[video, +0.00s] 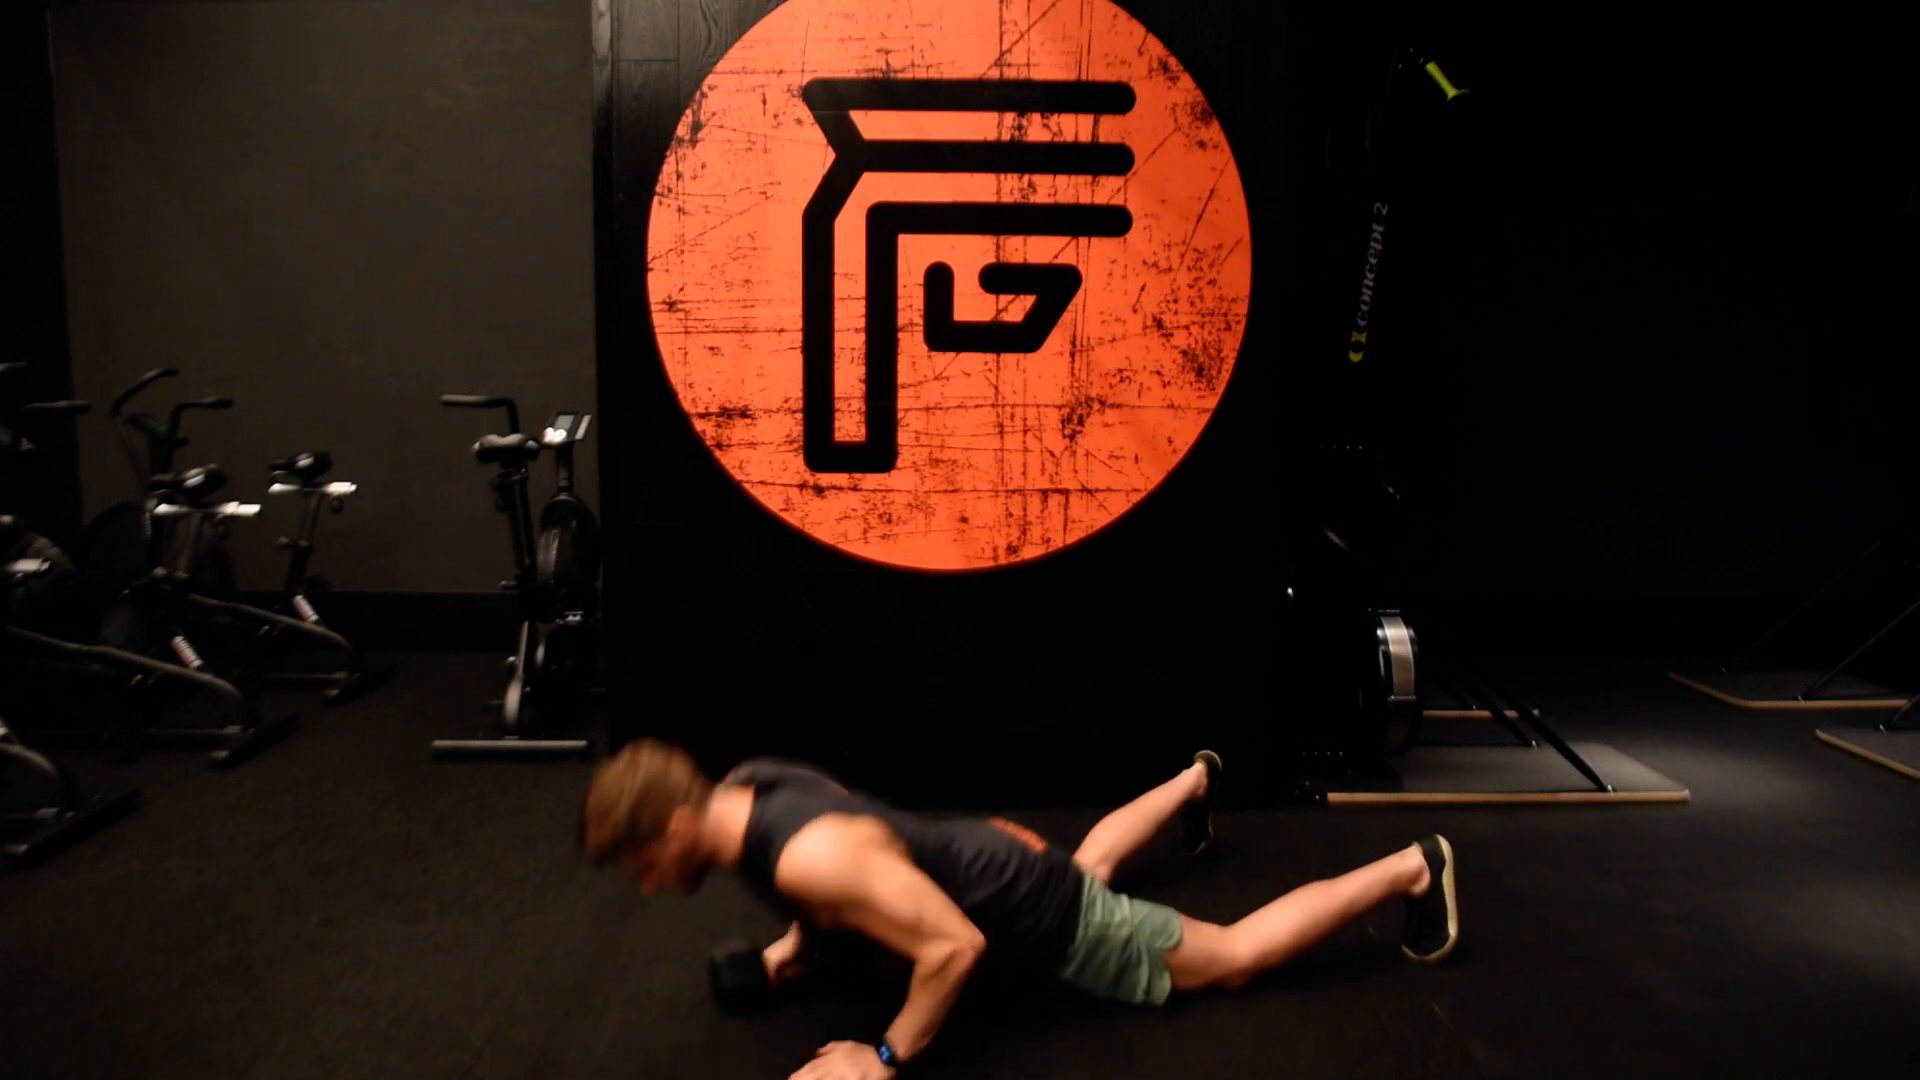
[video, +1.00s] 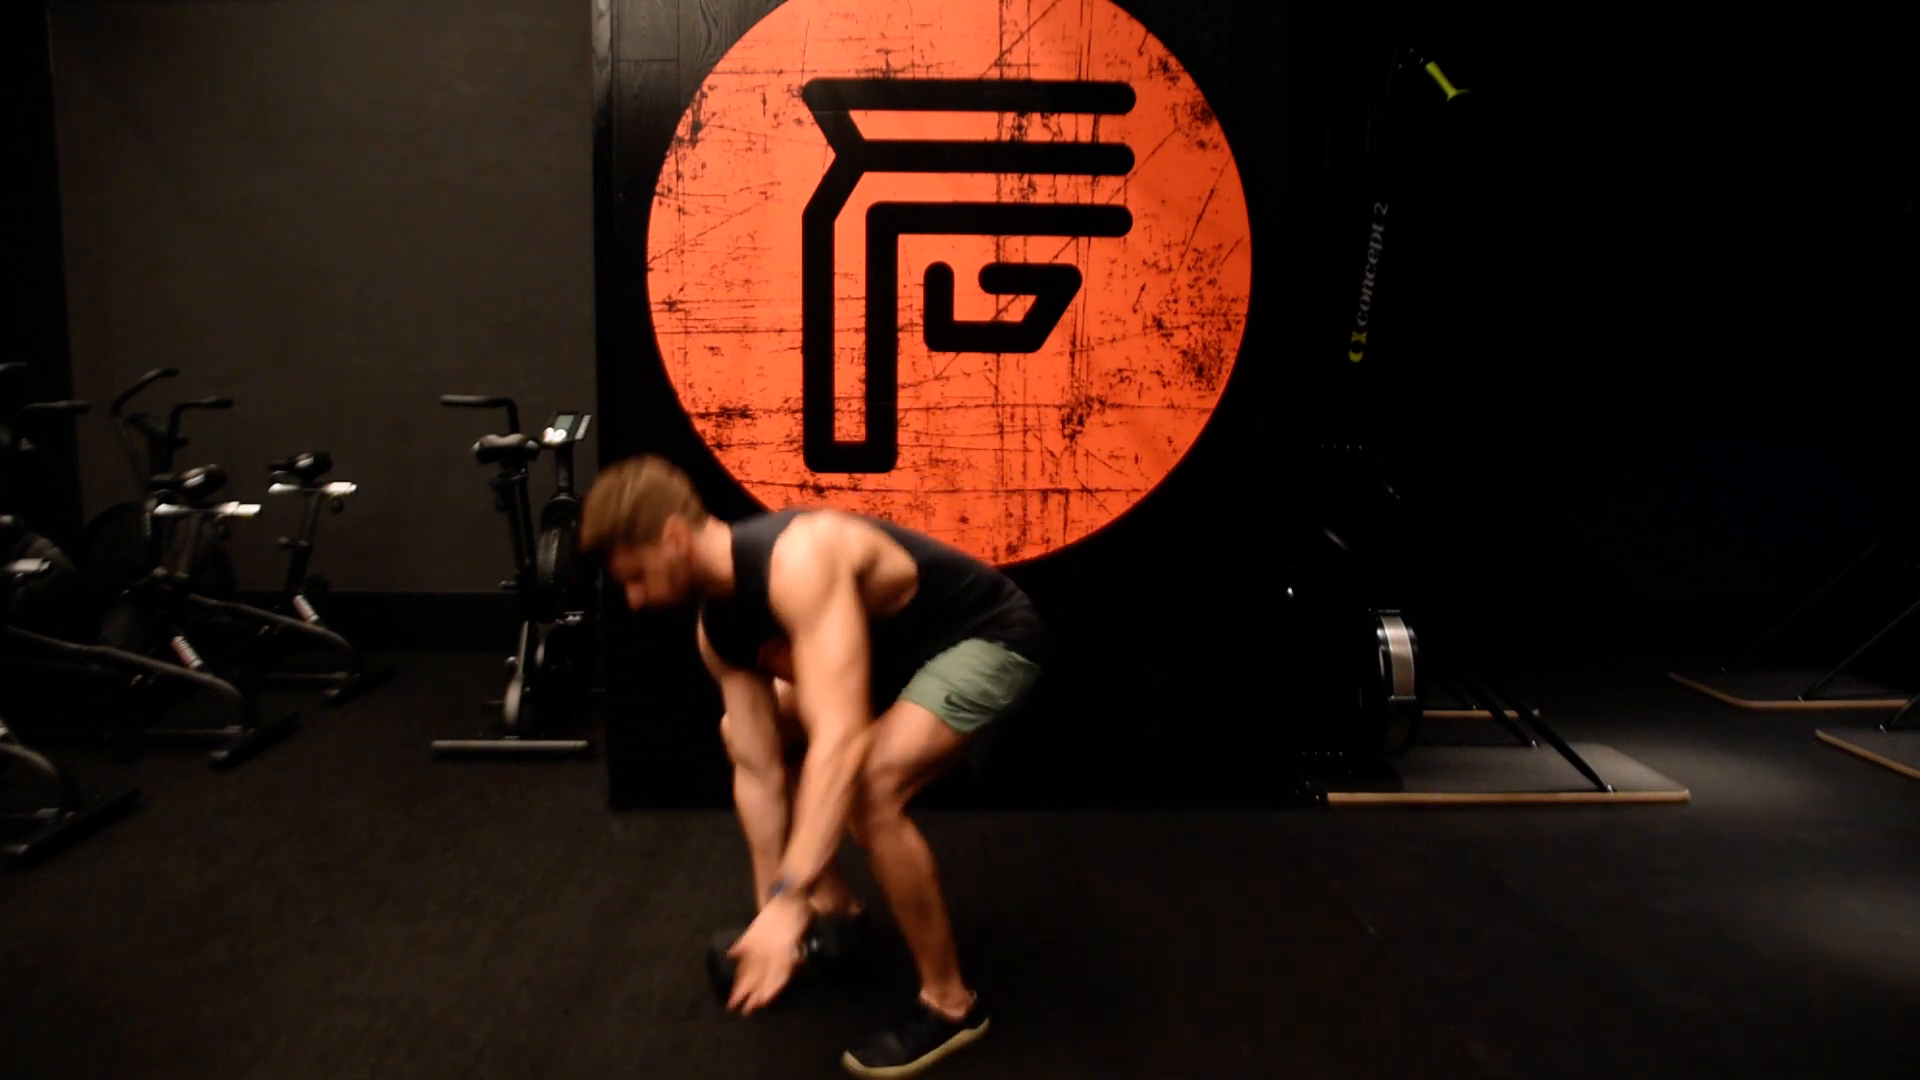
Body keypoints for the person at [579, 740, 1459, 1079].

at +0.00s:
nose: (637, 880)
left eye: (634, 865)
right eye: (626, 869)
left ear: (666, 835)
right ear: (676, 801)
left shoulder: (811, 864)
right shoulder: (745, 786)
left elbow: (953, 945)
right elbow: (838, 847)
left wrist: (885, 1054)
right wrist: (800, 935)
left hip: (1040, 911)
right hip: (986, 856)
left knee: (1228, 953)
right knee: (1080, 872)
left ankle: (1410, 866)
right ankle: (1191, 778)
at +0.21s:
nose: (695, 772)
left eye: (693, 756)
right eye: (684, 763)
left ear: (725, 720)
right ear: (729, 700)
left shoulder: (859, 774)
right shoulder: (797, 706)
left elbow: (931, 929)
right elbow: (814, 825)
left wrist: (886, 1055)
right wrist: (801, 935)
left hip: (1060, 864)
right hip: (1004, 828)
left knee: (1234, 947)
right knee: (1090, 857)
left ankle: (1421, 877)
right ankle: (1189, 790)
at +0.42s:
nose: (670, 773)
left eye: (663, 762)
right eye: (656, 767)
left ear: (682, 727)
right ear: (678, 699)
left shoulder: (805, 748)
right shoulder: (737, 675)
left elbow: (881, 915)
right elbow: (773, 819)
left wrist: (880, 1050)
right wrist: (796, 934)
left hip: (1052, 713)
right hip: (990, 678)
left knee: (1209, 835)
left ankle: (1400, 870)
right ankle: (1167, 787)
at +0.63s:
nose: (688, 763)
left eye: (679, 752)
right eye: (674, 759)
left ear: (696, 713)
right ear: (686, 692)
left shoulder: (804, 698)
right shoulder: (732, 668)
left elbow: (859, 887)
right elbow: (778, 804)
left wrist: (868, 1036)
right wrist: (796, 939)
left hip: (1012, 539)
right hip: (936, 551)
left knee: (1024, 769)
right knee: (916, 703)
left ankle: (1199, 888)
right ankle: (1050, 804)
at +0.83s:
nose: (657, 692)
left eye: (652, 674)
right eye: (644, 683)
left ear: (674, 630)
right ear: (673, 626)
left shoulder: (783, 628)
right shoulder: (731, 642)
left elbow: (814, 826)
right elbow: (766, 793)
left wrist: (788, 990)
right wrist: (795, 934)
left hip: (1005, 597)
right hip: (919, 612)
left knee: (891, 774)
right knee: (793, 766)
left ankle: (953, 1002)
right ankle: (834, 917)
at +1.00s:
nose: (634, 599)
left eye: (637, 577)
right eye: (624, 584)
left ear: (675, 535)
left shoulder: (802, 560)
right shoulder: (719, 627)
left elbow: (842, 740)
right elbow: (755, 771)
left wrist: (787, 901)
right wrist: (766, 920)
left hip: (987, 635)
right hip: (891, 653)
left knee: (870, 784)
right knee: (753, 730)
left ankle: (950, 1001)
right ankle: (835, 914)